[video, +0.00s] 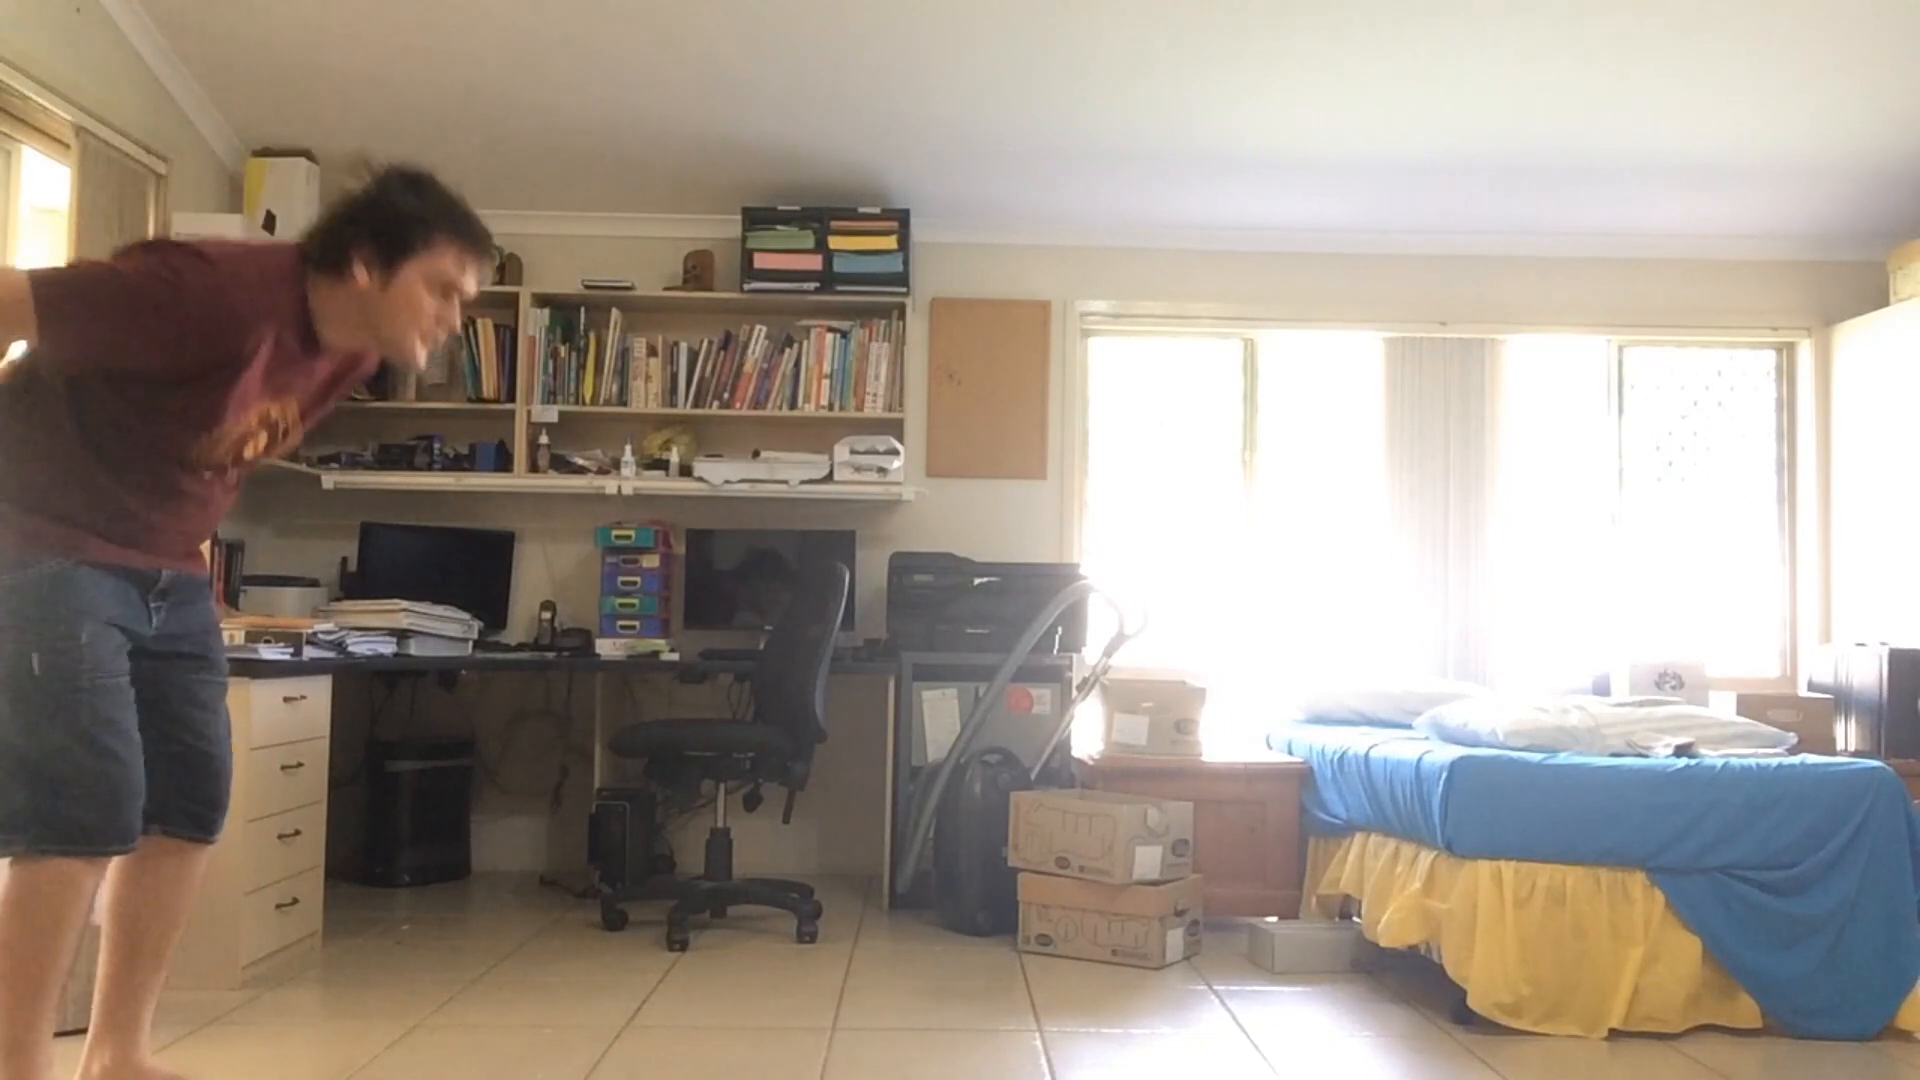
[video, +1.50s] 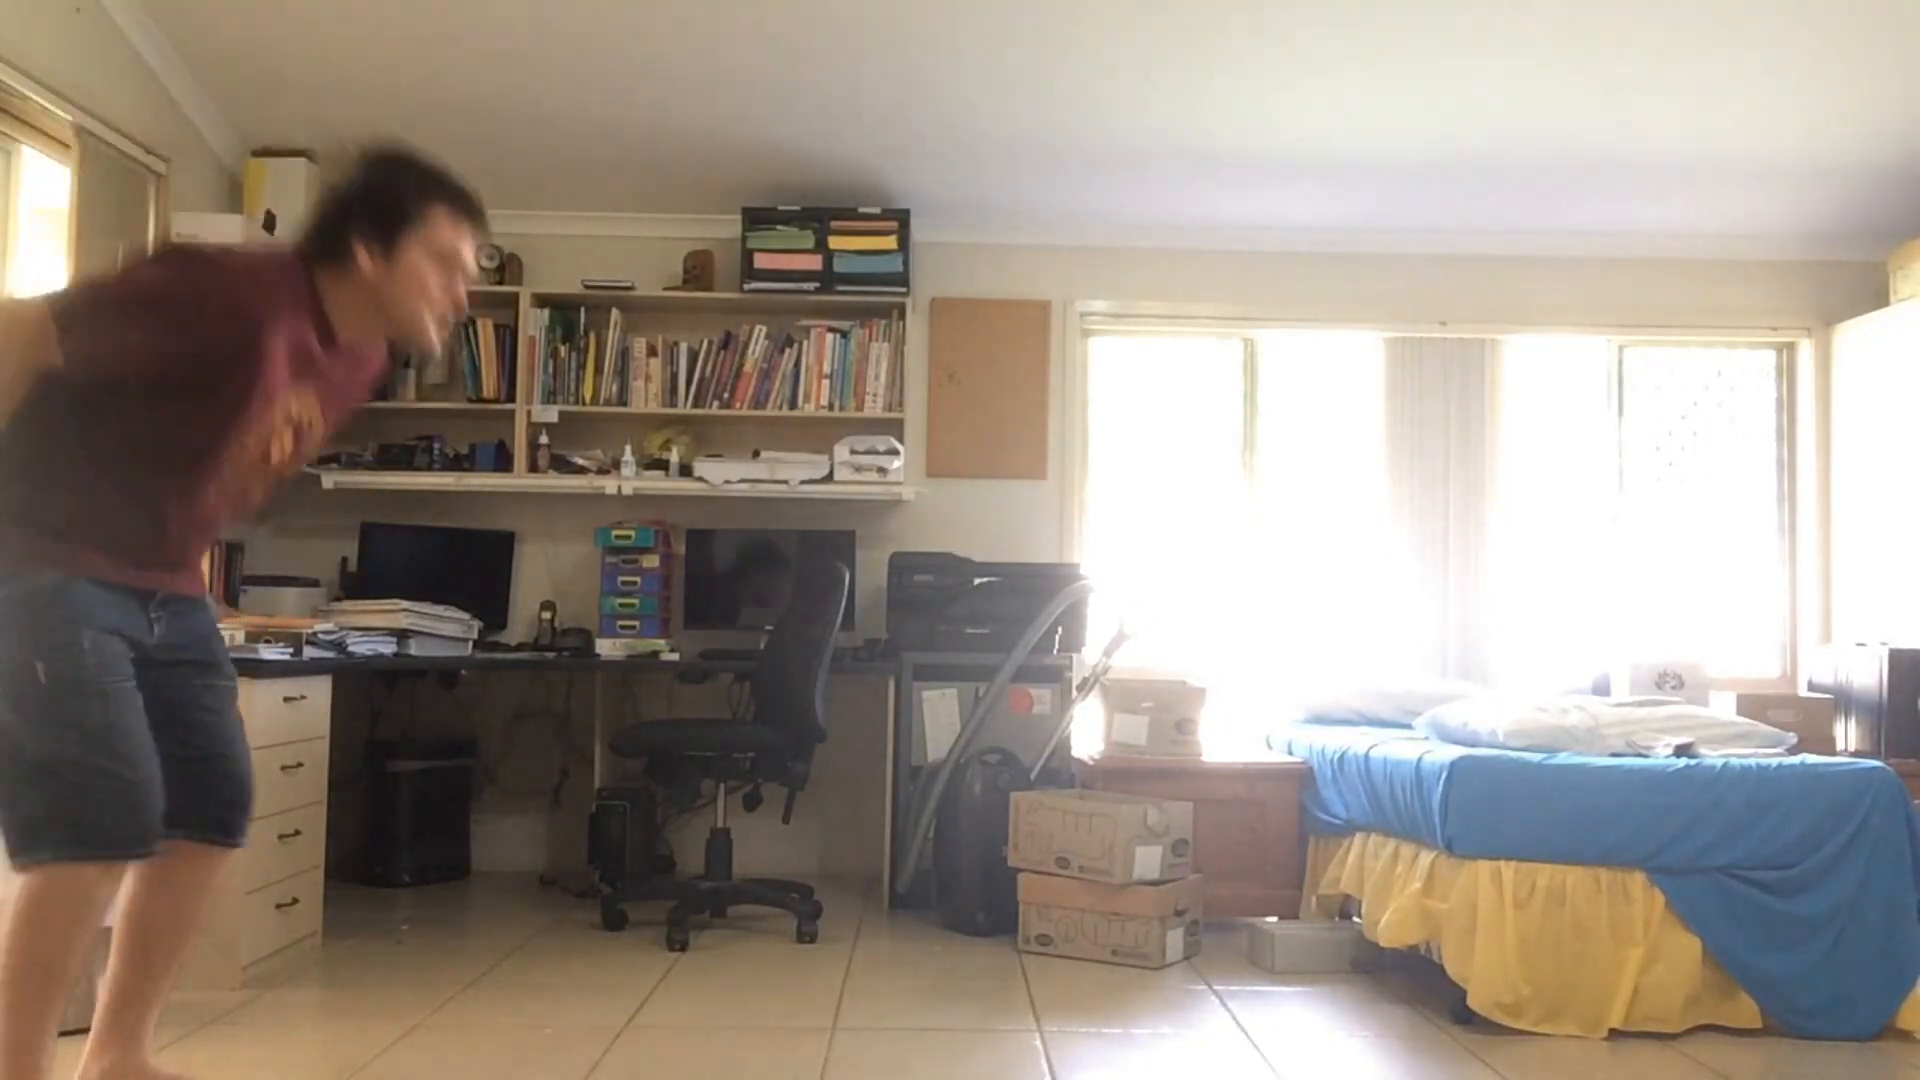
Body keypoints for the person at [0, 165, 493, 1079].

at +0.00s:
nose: (452, 321)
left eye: (463, 305)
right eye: (444, 290)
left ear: (382, 277)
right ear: (371, 261)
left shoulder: (356, 358)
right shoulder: (212, 290)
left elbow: (234, 437)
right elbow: (15, 297)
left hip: (174, 560)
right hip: (45, 543)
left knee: (186, 803)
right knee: (79, 808)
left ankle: (118, 1055)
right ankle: (21, 1064)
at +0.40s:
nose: (417, 176)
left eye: (424, 158)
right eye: (399, 147)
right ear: (320, 138)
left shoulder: (336, 268)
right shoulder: (197, 211)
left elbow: (267, 422)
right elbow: (43, 366)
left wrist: (296, 538)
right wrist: (96, 554)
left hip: (207, 569)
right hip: (88, 553)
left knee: (183, 824)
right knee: (86, 828)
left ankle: (117, 1056)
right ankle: (24, 1061)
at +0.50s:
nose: (378, 124)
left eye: (383, 108)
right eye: (360, 96)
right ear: (282, 89)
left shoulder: (311, 231)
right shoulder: (174, 174)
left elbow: (274, 386)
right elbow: (63, 340)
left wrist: (360, 478)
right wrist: (216, 477)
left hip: (213, 551)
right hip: (91, 542)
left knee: (176, 824)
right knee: (74, 829)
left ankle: (116, 1058)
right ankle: (25, 1062)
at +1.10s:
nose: (278, 61)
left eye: (282, 44)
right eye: (256, 34)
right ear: (178, 42)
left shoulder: (250, 204)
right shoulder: (90, 147)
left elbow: (227, 373)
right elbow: (11, 325)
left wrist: (240, 518)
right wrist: (89, 509)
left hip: (222, 555)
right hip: (102, 546)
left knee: (172, 818)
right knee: (67, 824)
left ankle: (116, 1054)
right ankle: (19, 1060)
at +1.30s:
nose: (366, 123)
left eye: (372, 107)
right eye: (347, 93)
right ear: (268, 85)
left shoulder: (296, 235)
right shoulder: (145, 171)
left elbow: (232, 390)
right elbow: (5, 303)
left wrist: (204, 525)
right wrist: (1, 498)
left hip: (201, 558)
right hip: (74, 543)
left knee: (168, 818)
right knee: (58, 825)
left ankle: (117, 1052)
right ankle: (18, 1063)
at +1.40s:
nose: (421, 193)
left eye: (426, 176)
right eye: (404, 164)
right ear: (324, 156)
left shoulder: (332, 293)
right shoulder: (189, 218)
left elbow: (243, 420)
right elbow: (11, 300)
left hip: (182, 560)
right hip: (57, 545)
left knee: (180, 814)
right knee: (67, 820)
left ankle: (115, 1056)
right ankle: (17, 1061)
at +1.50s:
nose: (465, 292)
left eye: (471, 273)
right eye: (449, 262)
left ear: (383, 262)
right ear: (372, 248)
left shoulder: (360, 363)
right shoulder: (226, 290)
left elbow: (229, 476)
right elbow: (26, 333)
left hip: (166, 582)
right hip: (45, 567)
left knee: (208, 806)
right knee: (96, 815)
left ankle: (117, 1056)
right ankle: (20, 1063)